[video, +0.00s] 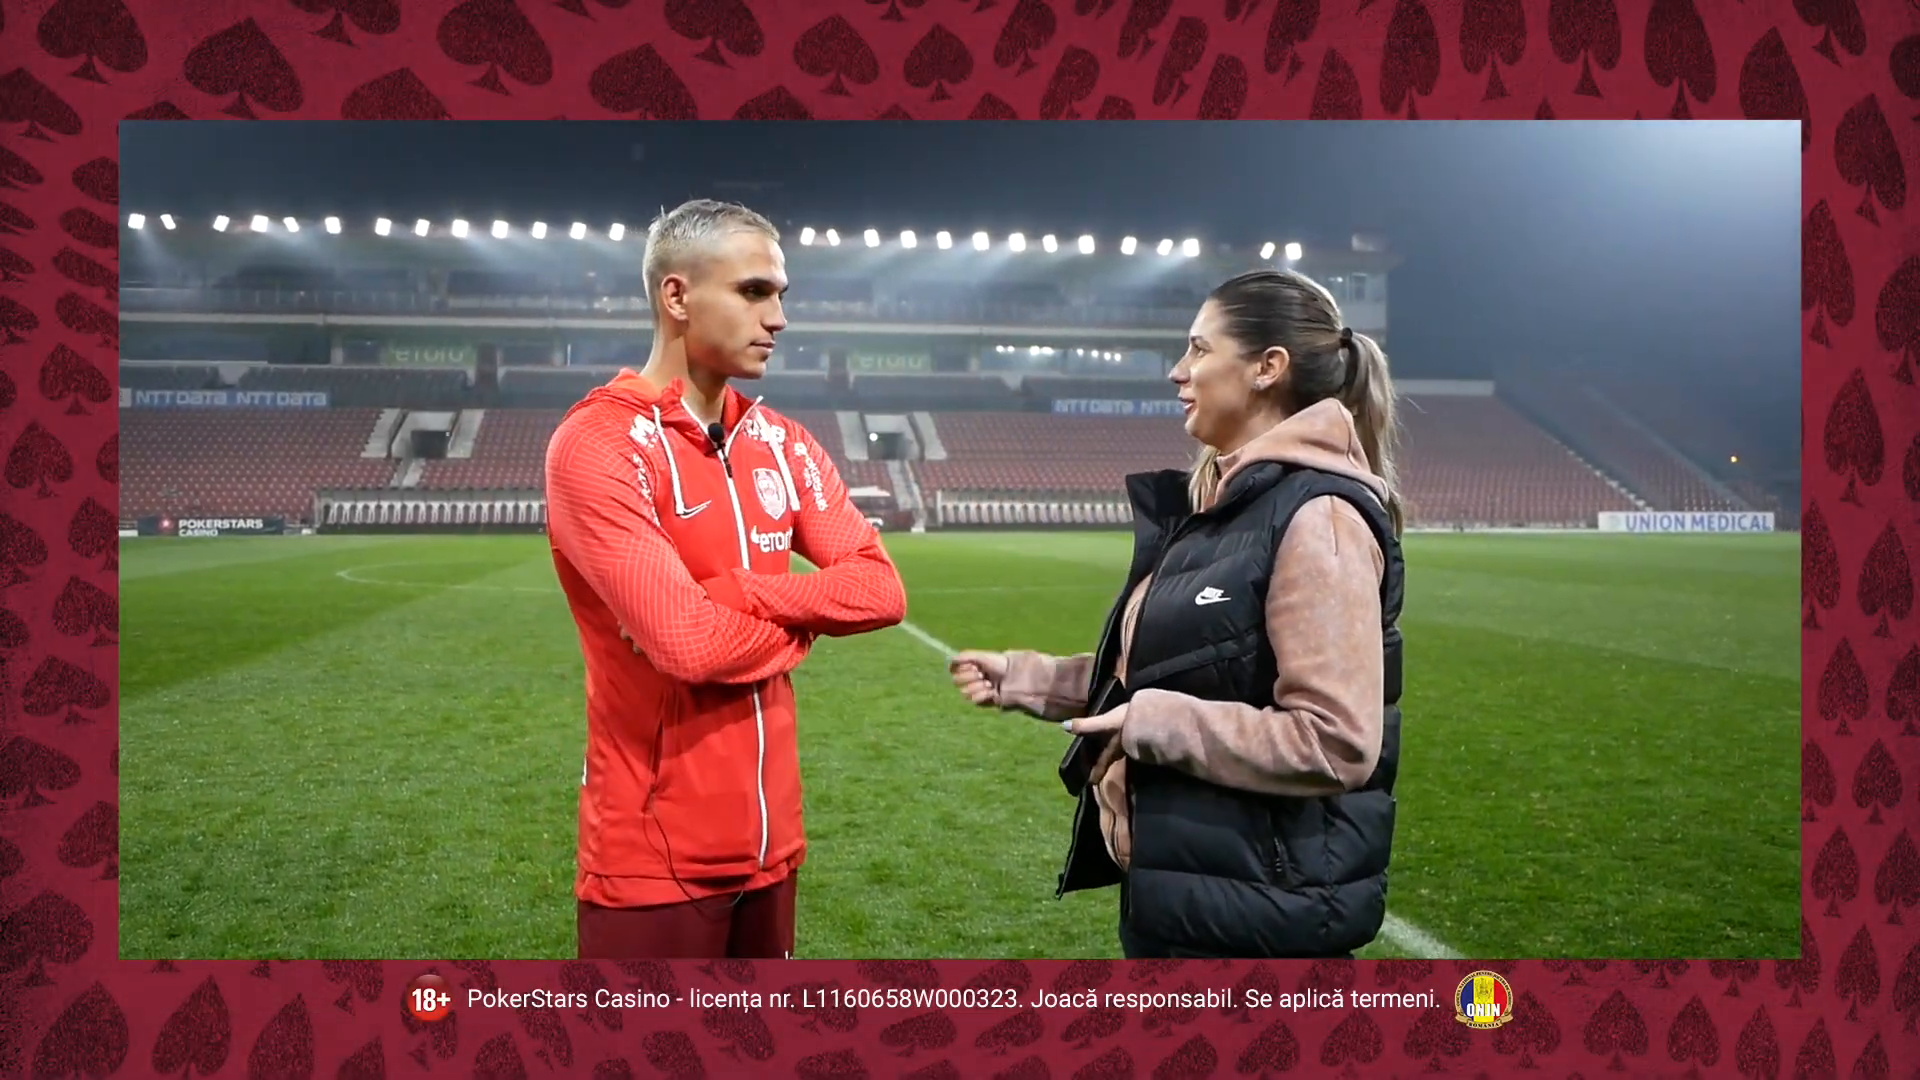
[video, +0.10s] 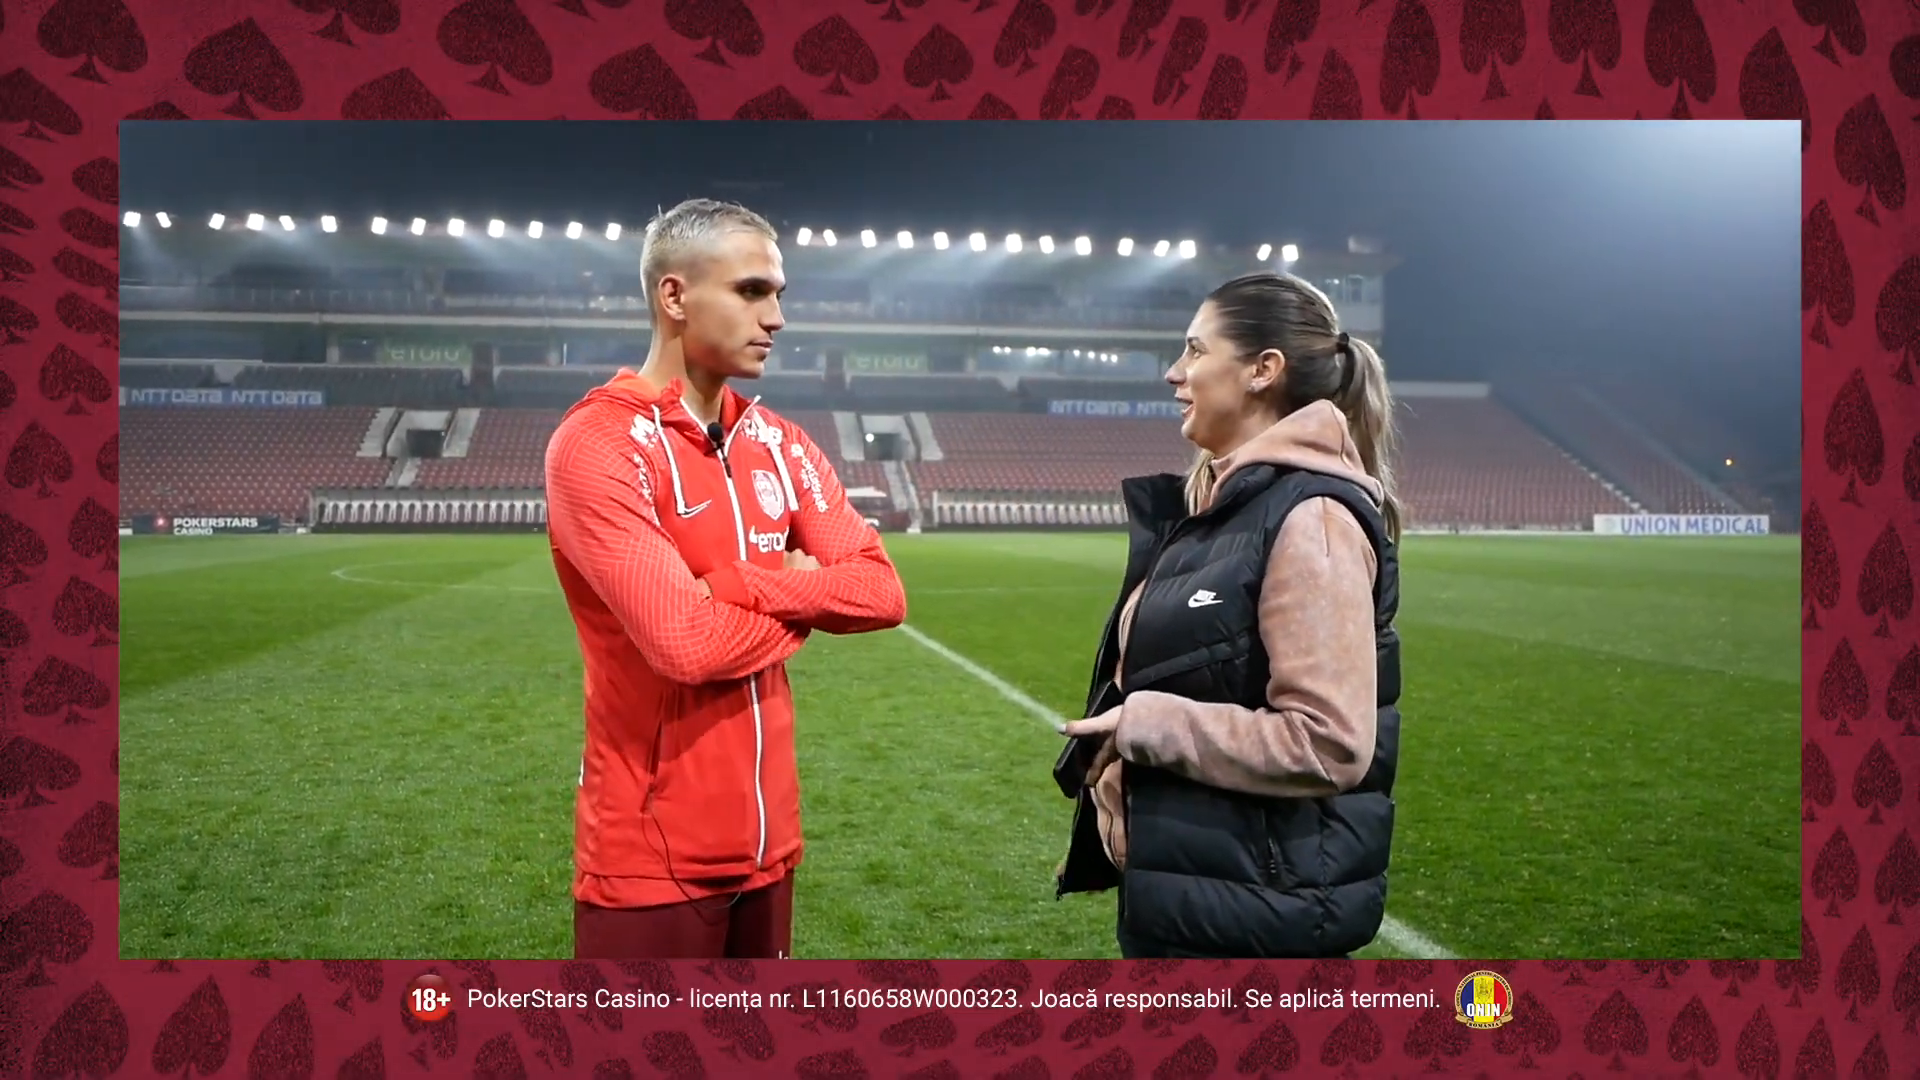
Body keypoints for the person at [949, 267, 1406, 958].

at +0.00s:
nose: (1177, 373)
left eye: (1199, 350)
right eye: (1186, 351)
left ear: (1269, 366)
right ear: (1260, 367)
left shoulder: (1321, 518)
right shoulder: (1225, 502)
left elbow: (1335, 742)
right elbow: (1178, 687)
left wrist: (1159, 723)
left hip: (1255, 920)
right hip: (1186, 907)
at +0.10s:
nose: (1174, 374)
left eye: (1195, 351)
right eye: (1183, 353)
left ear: (1265, 369)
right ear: (1257, 370)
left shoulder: (1314, 521)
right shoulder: (1223, 506)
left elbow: (1329, 743)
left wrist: (1149, 724)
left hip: (1253, 922)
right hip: (1187, 911)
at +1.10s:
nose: (1176, 388)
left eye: (1197, 366)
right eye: (1185, 367)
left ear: (1266, 385)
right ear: (1260, 387)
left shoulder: (1317, 523)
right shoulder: (1236, 508)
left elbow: (1326, 736)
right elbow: (1209, 685)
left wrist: (1148, 720)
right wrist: (1083, 668)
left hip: (1273, 912)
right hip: (1213, 901)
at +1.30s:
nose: (1191, 393)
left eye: (1213, 371)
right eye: (1199, 372)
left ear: (1283, 386)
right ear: (1274, 386)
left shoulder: (1335, 523)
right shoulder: (1246, 512)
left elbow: (1265, 708)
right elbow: (1163, 665)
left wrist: (1102, 629)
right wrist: (1045, 590)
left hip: (1293, 911)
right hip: (1227, 902)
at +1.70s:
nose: (1198, 391)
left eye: (1218, 370)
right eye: (1205, 371)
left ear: (1288, 387)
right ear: (1285, 389)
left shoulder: (1342, 526)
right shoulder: (1246, 512)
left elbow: (1287, 729)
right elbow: (1167, 669)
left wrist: (1118, 664)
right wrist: (1049, 615)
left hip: (1294, 911)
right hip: (1223, 901)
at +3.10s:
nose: (1194, 395)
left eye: (1217, 374)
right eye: (1202, 374)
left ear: (1287, 397)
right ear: (1281, 399)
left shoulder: (1356, 537)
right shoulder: (1237, 521)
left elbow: (1357, 748)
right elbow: (1204, 673)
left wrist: (1198, 723)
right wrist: (1137, 669)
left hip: (1308, 907)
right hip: (1220, 896)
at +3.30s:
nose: (1215, 391)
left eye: (1240, 371)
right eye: (1224, 370)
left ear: (1311, 395)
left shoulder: (1376, 533)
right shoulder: (1249, 518)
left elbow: (1382, 742)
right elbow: (1218, 666)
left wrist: (1214, 714)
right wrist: (1157, 672)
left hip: (1327, 907)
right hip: (1231, 893)